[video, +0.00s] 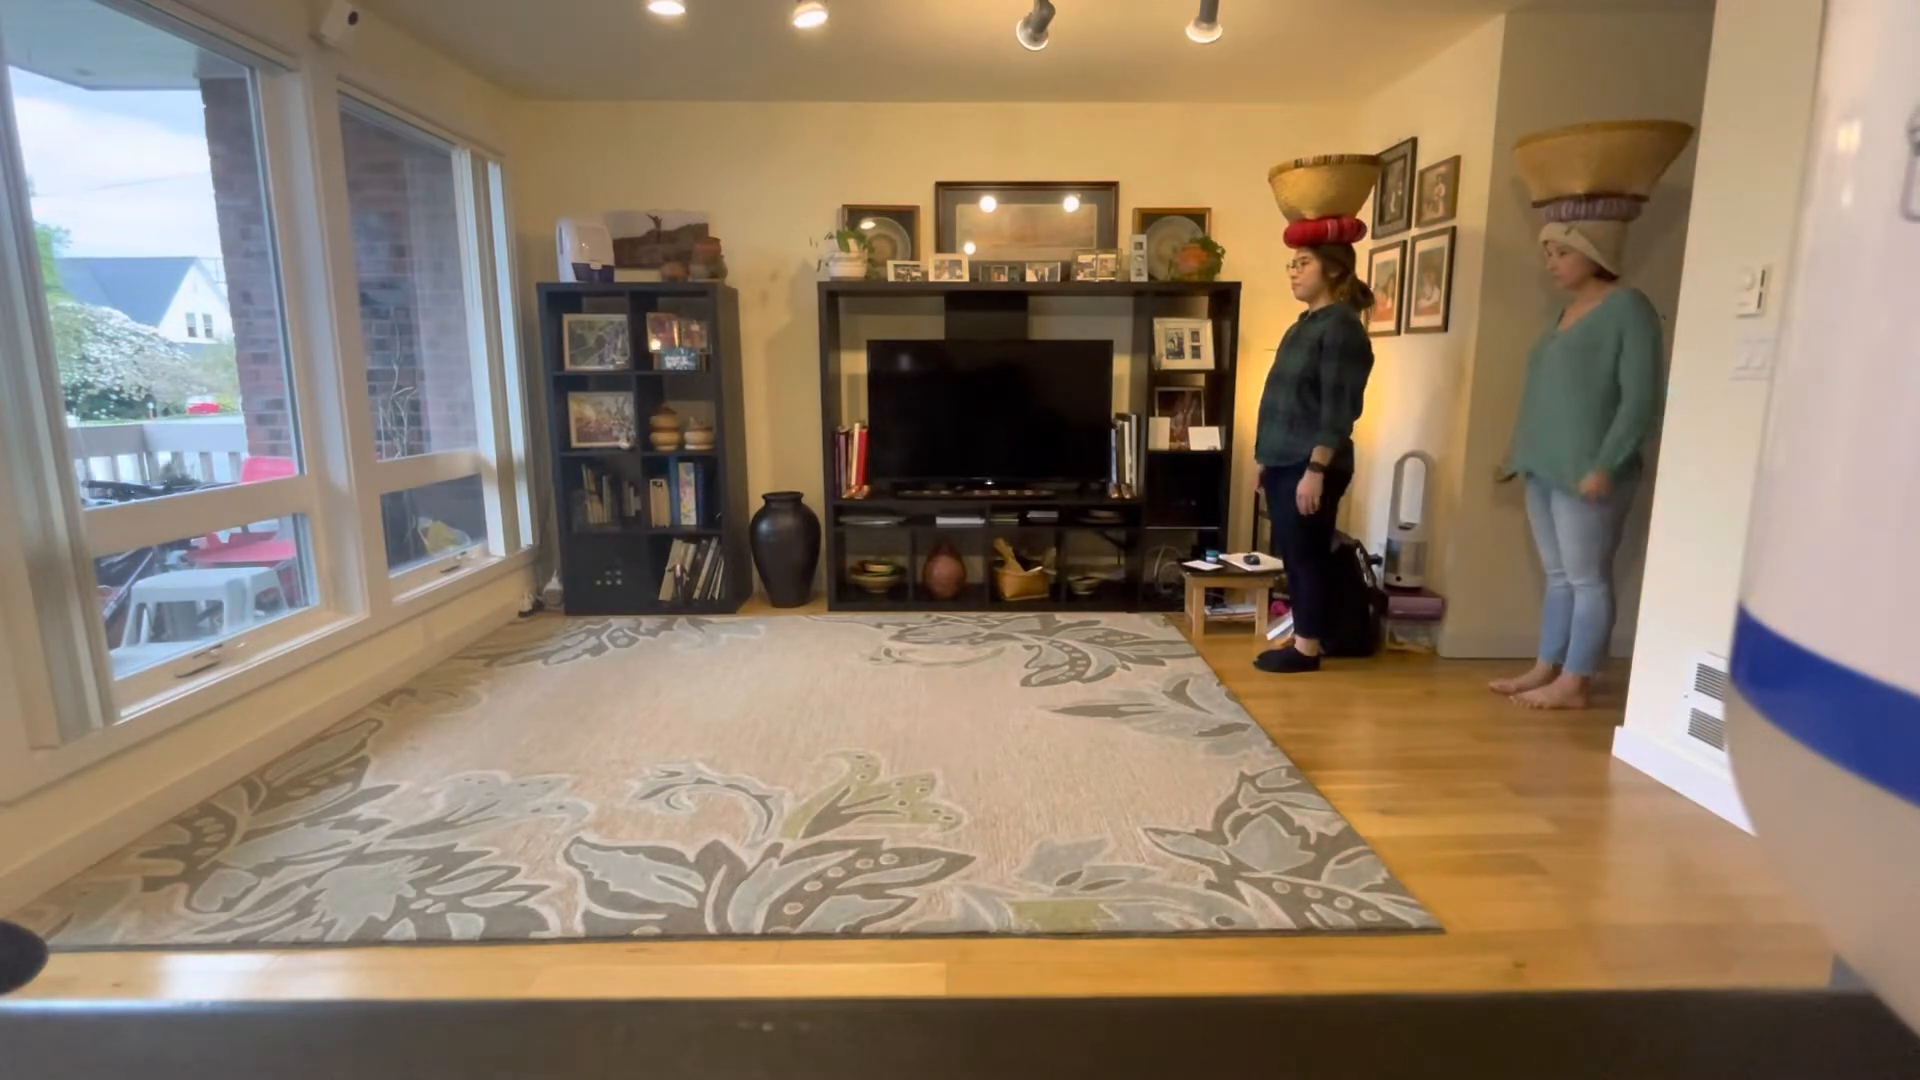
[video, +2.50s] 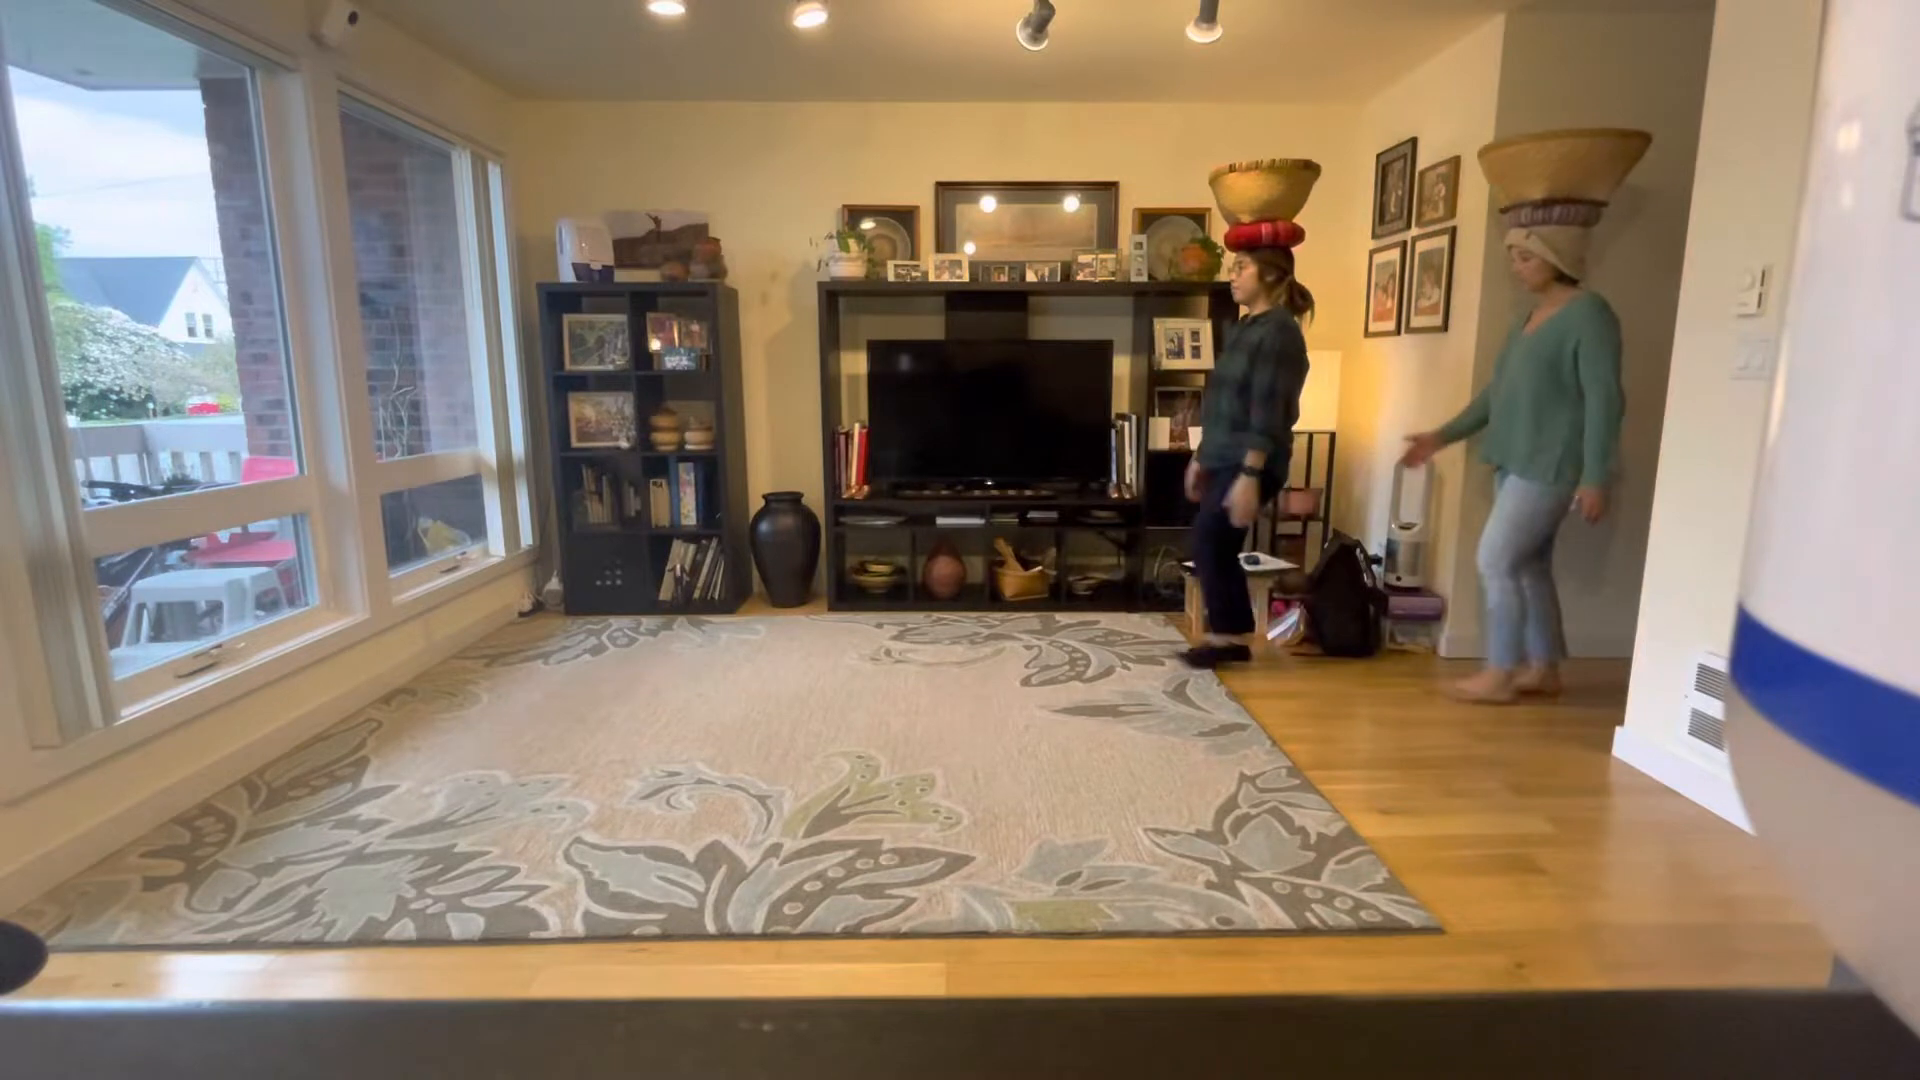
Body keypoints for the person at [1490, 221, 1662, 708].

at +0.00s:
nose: (1552, 264)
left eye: (1560, 253)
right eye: (1549, 255)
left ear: (1592, 254)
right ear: (1556, 260)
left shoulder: (1629, 308)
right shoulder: (1568, 312)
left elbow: (1640, 399)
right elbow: (1552, 394)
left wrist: (1606, 466)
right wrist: (1524, 453)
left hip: (1589, 472)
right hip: (1543, 467)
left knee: (1586, 578)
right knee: (1558, 575)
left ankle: (1575, 682)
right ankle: (1546, 667)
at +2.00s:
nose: (1542, 264)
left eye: (1550, 254)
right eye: (1539, 255)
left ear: (1583, 255)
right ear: (1547, 260)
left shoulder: (1613, 310)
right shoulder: (1560, 313)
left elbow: (1610, 401)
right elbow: (1535, 398)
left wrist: (1584, 476)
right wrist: (1512, 463)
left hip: (1579, 468)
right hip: (1537, 466)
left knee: (1577, 577)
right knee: (1550, 574)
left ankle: (1573, 682)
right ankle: (1546, 667)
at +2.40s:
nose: (1523, 268)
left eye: (1533, 258)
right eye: (1520, 258)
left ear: (1564, 261)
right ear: (1521, 262)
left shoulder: (1595, 315)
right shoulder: (1538, 319)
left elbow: (1602, 403)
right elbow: (1510, 400)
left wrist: (1585, 479)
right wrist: (1468, 453)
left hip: (1554, 468)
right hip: (1516, 463)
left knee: (1505, 562)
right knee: (1531, 569)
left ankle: (1548, 664)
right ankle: (1546, 666)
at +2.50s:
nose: (1516, 267)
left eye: (1525, 257)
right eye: (1514, 258)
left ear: (1555, 260)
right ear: (1524, 262)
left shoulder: (1588, 313)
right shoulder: (1530, 319)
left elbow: (1603, 398)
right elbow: (1496, 397)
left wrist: (1594, 478)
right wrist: (1440, 437)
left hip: (1549, 467)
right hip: (1515, 462)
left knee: (1495, 557)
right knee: (1531, 565)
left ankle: (1499, 672)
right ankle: (1543, 667)